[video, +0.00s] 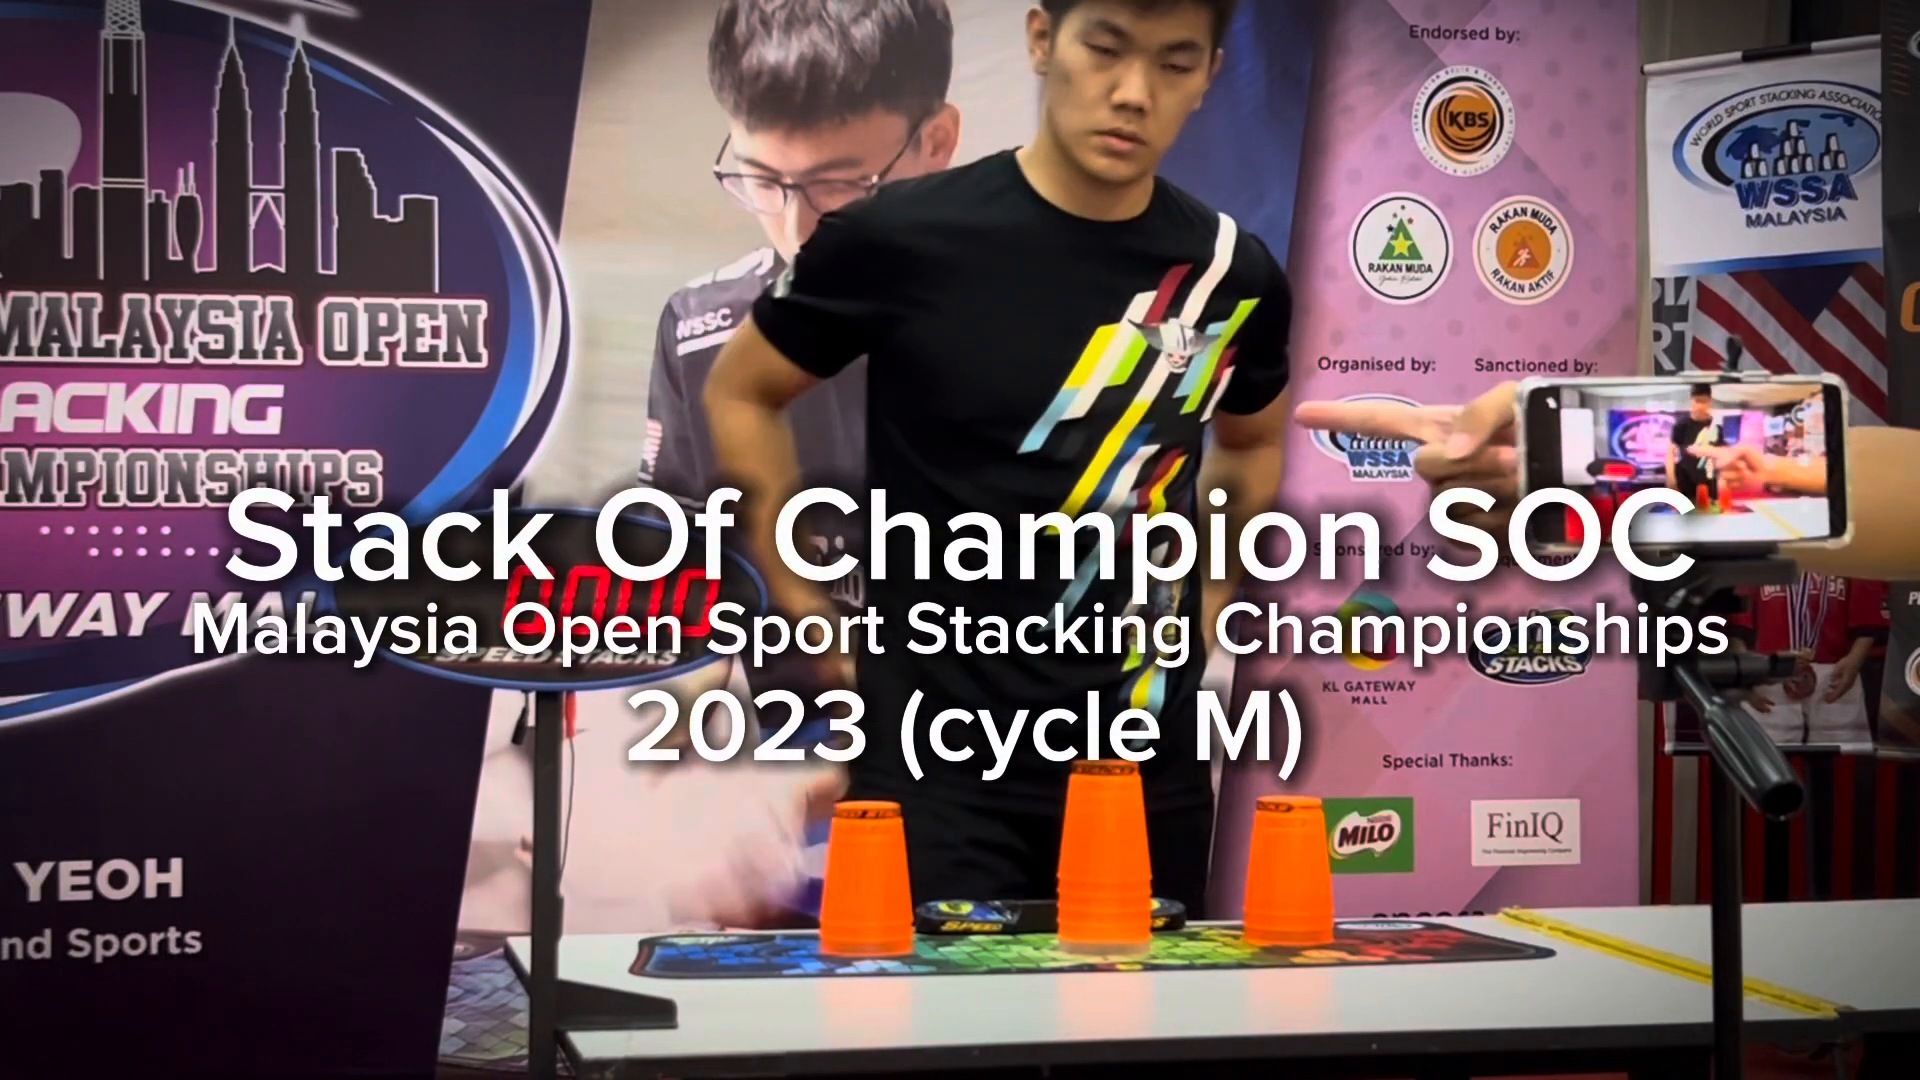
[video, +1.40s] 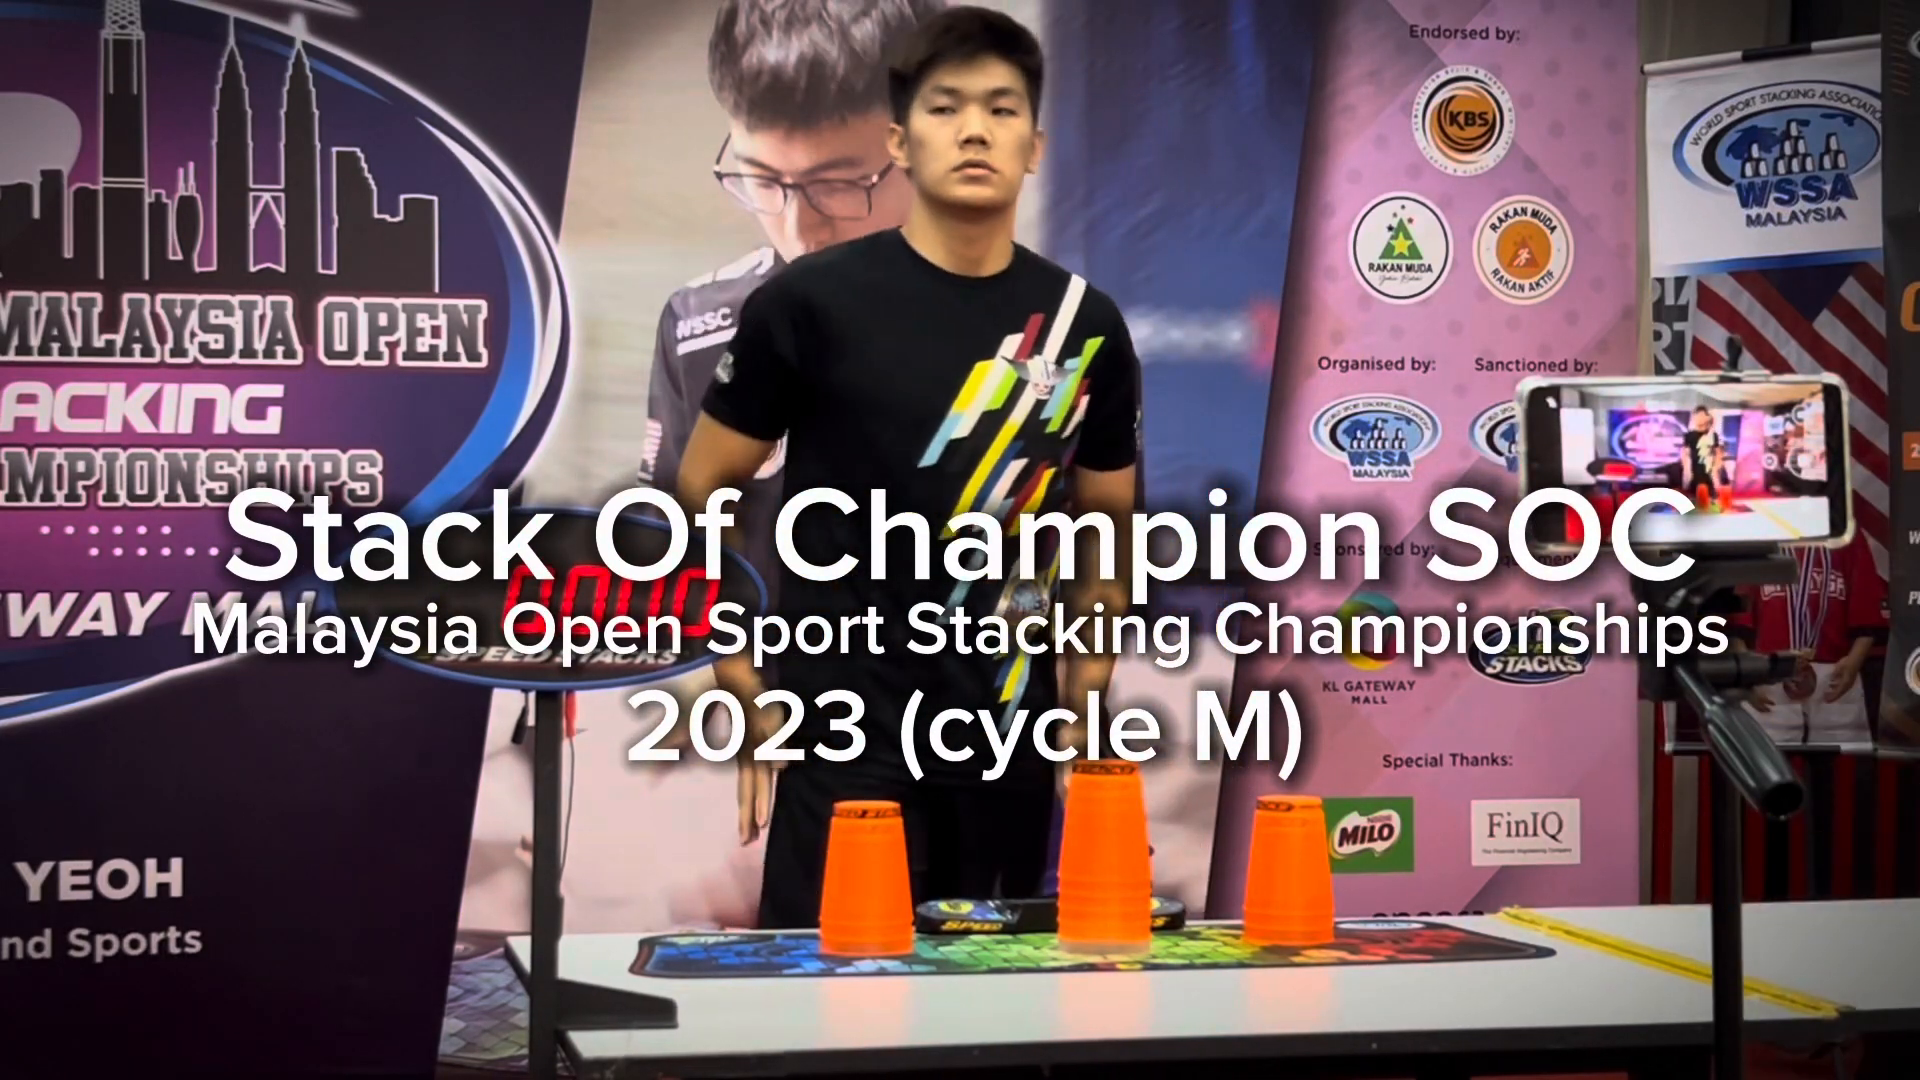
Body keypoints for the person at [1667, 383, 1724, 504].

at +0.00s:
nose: (1700, 406)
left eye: (1704, 402)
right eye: (1697, 401)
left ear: (1710, 402)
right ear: (1692, 402)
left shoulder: (1716, 427)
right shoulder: (1682, 425)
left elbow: (1720, 454)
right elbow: (1672, 453)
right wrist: (1671, 478)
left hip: (1708, 476)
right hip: (1685, 476)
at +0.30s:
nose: (1714, 410)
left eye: (1718, 406)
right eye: (1711, 405)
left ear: (1721, 408)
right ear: (1705, 405)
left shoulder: (1725, 429)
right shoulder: (1693, 428)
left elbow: (1728, 457)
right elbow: (1688, 458)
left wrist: (1729, 482)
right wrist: (1685, 484)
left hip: (1719, 484)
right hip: (1697, 482)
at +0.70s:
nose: (1711, 411)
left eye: (1714, 408)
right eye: (1708, 407)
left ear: (1718, 410)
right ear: (1703, 410)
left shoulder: (1722, 431)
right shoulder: (1695, 431)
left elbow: (1725, 455)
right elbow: (1689, 454)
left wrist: (1729, 478)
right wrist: (1687, 480)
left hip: (1717, 478)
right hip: (1700, 477)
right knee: (1700, 502)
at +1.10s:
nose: (1701, 417)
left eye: (1703, 414)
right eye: (1698, 414)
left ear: (1708, 416)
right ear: (1694, 416)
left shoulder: (1714, 435)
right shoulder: (1689, 435)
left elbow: (1721, 452)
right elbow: (1684, 454)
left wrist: (1717, 467)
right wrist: (1687, 466)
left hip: (1710, 467)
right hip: (1694, 467)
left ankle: (1714, 498)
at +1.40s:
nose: (1701, 420)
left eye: (1703, 417)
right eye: (1698, 417)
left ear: (1708, 418)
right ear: (1694, 418)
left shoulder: (1713, 436)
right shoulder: (1690, 436)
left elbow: (1718, 453)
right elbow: (1686, 454)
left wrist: (1716, 467)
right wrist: (1687, 471)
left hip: (1710, 467)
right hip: (1695, 467)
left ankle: (1714, 498)